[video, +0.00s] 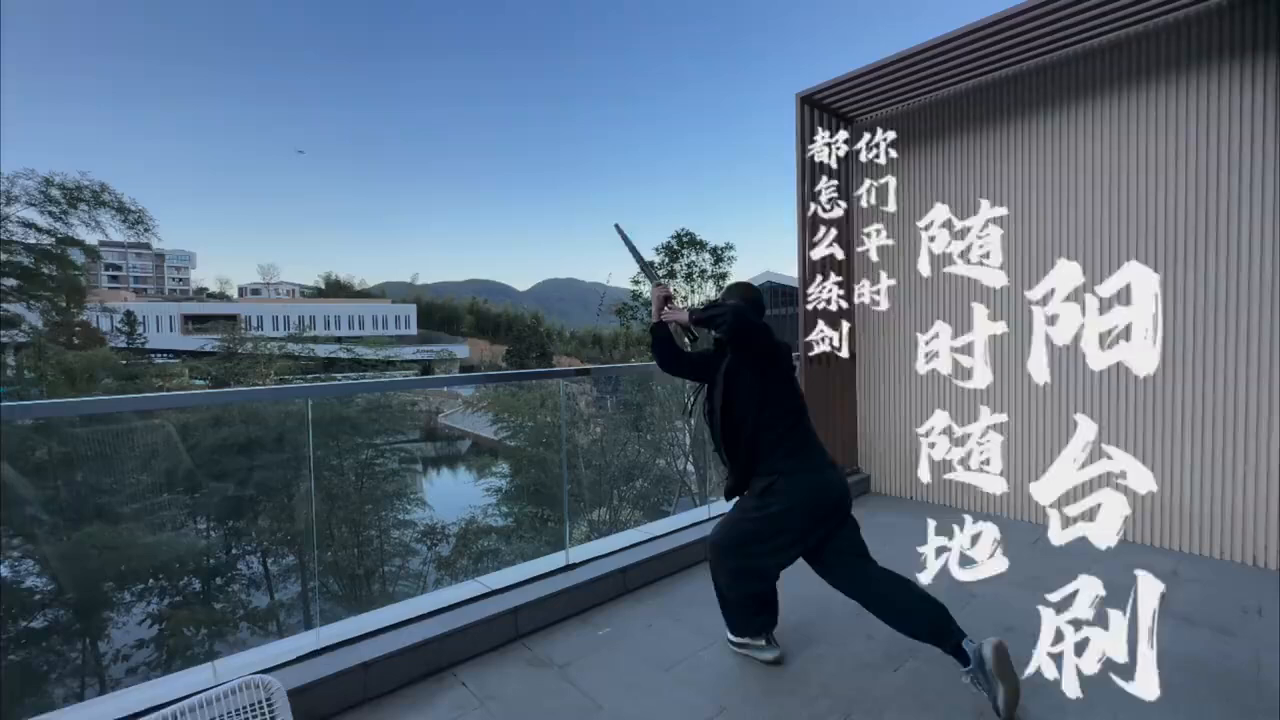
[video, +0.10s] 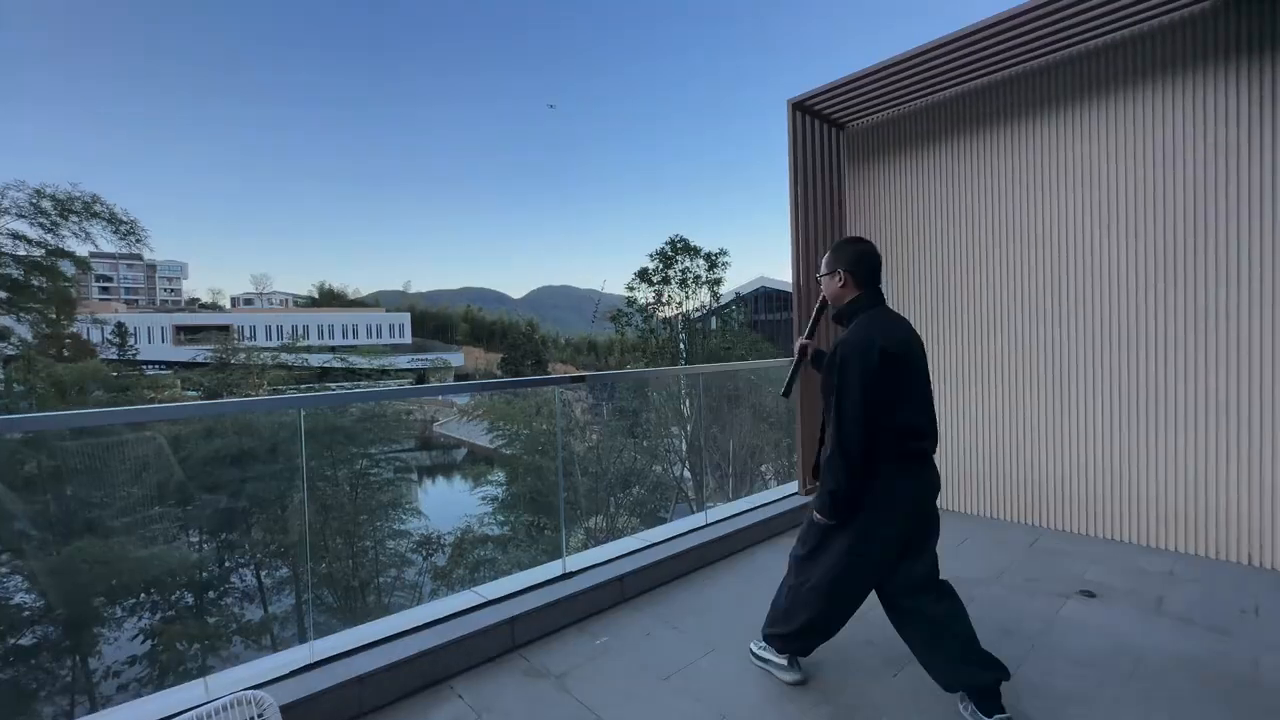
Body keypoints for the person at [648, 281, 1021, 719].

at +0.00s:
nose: (712, 316)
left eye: (717, 310)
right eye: (717, 311)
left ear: (734, 314)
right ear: (750, 314)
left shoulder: (758, 347)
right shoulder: (721, 362)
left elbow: (736, 316)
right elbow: (674, 362)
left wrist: (687, 318)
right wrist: (658, 320)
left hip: (790, 486)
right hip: (812, 485)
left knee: (729, 546)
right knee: (863, 578)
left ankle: (754, 635)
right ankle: (970, 654)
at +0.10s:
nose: (820, 287)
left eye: (825, 277)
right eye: (821, 277)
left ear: (846, 280)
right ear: (863, 281)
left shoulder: (857, 342)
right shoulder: (900, 331)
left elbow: (850, 434)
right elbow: (872, 383)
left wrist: (827, 501)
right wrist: (821, 360)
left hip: (867, 490)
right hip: (912, 486)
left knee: (815, 563)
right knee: (918, 591)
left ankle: (783, 648)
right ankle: (984, 697)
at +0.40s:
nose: (833, 281)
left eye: (838, 272)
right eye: (835, 273)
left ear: (859, 276)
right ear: (874, 278)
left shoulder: (872, 334)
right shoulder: (898, 328)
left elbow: (862, 426)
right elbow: (853, 389)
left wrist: (840, 497)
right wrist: (812, 348)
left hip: (876, 490)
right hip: (914, 487)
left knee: (822, 566)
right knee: (919, 593)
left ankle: (785, 647)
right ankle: (985, 697)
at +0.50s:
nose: (826, 285)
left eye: (831, 275)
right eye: (828, 276)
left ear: (852, 278)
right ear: (867, 280)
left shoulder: (862, 339)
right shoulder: (899, 330)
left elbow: (856, 429)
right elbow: (855, 385)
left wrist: (839, 499)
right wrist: (807, 354)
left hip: (871, 491)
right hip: (913, 488)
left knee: (813, 562)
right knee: (920, 592)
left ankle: (784, 648)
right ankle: (985, 697)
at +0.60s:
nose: (809, 287)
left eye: (814, 279)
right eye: (810, 279)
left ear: (834, 282)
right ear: (856, 282)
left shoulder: (839, 342)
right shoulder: (892, 331)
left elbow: (839, 429)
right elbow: (863, 380)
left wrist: (836, 501)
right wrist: (811, 359)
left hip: (862, 490)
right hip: (910, 485)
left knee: (807, 558)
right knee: (921, 591)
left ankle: (782, 646)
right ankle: (985, 697)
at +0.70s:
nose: (790, 292)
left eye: (793, 283)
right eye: (791, 283)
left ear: (813, 287)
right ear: (834, 287)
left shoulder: (820, 344)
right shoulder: (871, 329)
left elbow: (823, 431)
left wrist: (815, 500)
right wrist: (794, 355)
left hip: (852, 489)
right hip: (903, 483)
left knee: (805, 559)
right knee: (923, 588)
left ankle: (782, 647)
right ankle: (986, 697)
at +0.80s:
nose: (762, 300)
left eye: (765, 291)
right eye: (763, 292)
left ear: (783, 293)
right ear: (803, 292)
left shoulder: (792, 346)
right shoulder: (842, 330)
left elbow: (795, 429)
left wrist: (790, 494)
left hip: (842, 482)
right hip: (895, 472)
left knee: (803, 559)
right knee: (922, 580)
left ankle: (782, 646)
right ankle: (987, 692)